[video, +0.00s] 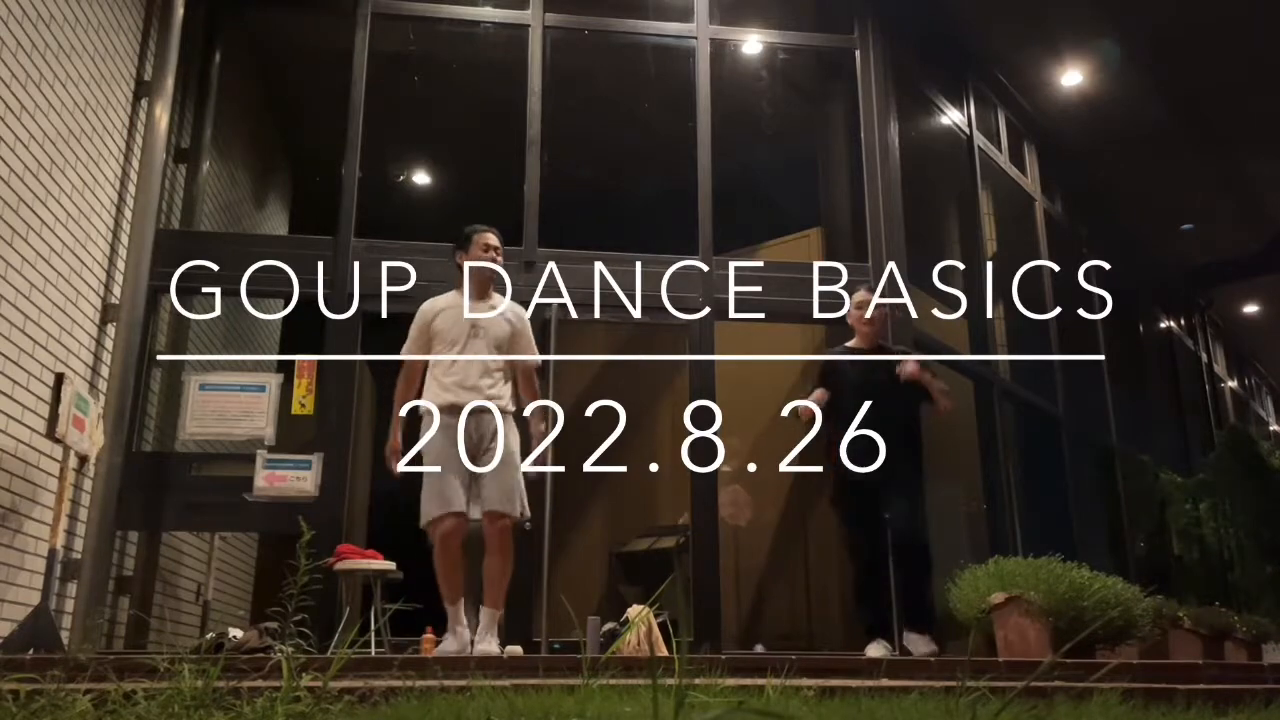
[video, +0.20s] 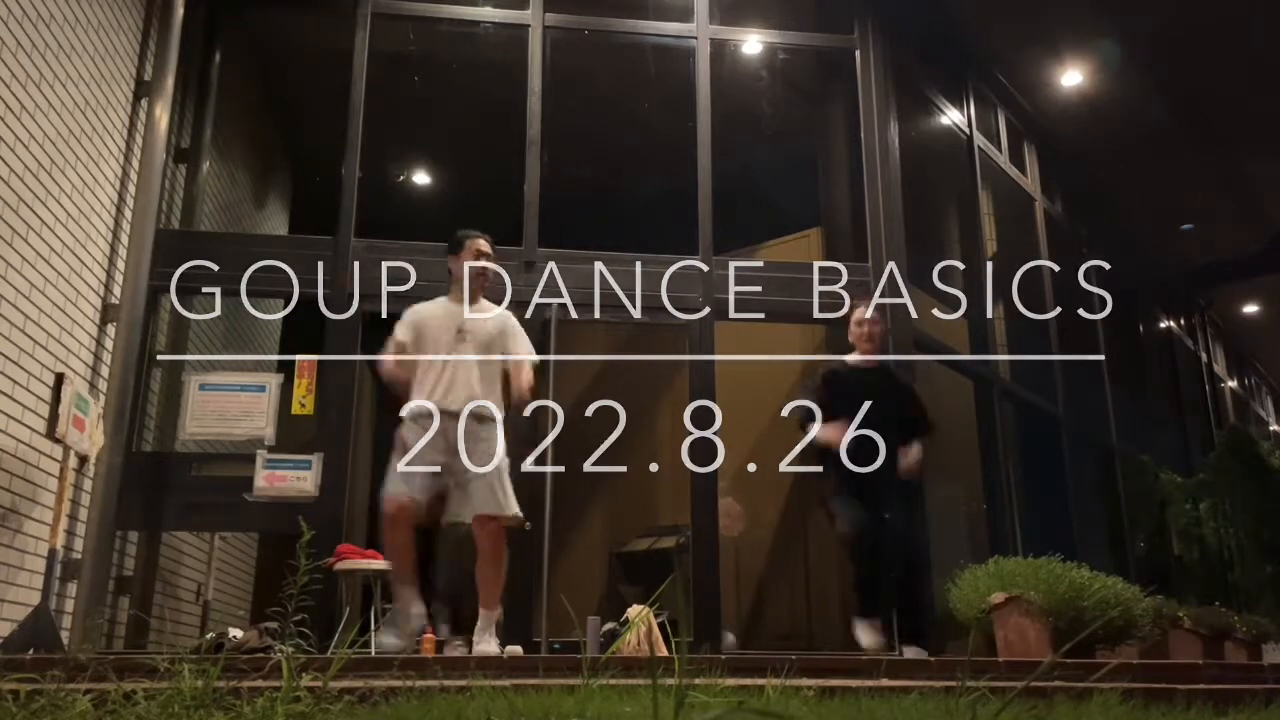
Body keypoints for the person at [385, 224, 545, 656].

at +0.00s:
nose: (495, 257)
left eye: (499, 251)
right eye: (486, 249)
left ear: (503, 262)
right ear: (462, 258)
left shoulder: (514, 315)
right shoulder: (433, 310)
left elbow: (527, 378)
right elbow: (410, 372)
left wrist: (537, 421)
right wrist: (396, 427)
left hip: (498, 424)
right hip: (443, 423)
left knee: (499, 524)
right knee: (448, 526)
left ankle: (488, 631)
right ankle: (457, 630)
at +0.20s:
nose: (484, 265)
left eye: (488, 258)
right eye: (476, 257)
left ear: (493, 267)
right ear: (453, 264)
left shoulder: (504, 321)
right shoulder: (421, 315)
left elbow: (522, 385)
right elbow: (389, 366)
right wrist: (422, 388)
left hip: (480, 430)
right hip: (423, 427)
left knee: (489, 524)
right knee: (396, 509)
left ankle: (487, 630)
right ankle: (409, 614)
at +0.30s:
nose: (473, 251)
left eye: (478, 246)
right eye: (466, 243)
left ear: (480, 255)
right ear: (442, 247)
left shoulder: (488, 304)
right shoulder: (412, 296)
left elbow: (519, 342)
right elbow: (368, 320)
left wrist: (508, 301)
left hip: (466, 414)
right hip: (408, 408)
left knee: (477, 520)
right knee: (372, 500)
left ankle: (484, 629)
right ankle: (357, 611)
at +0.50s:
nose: (450, 249)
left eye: (454, 243)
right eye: (441, 240)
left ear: (456, 249)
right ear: (417, 242)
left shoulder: (458, 297)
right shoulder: (382, 286)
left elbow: (498, 298)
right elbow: (340, 280)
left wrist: (484, 250)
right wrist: (367, 233)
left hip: (436, 406)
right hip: (378, 404)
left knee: (446, 511)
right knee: (347, 510)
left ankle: (442, 623)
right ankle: (321, 620)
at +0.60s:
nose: (436, 254)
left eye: (441, 248)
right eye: (428, 245)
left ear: (442, 254)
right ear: (404, 245)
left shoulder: (446, 300)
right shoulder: (371, 291)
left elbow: (481, 306)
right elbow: (331, 297)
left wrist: (472, 259)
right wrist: (355, 249)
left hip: (423, 416)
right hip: (367, 411)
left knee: (414, 515)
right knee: (338, 513)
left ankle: (394, 621)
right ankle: (319, 619)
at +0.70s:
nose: (419, 269)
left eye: (424, 262)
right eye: (412, 260)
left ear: (428, 267)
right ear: (388, 262)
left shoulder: (437, 314)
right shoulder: (362, 311)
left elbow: (461, 349)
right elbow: (322, 340)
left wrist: (463, 314)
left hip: (412, 428)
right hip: (361, 422)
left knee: (377, 519)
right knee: (333, 523)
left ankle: (354, 620)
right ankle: (316, 623)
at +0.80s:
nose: (409, 288)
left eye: (413, 280)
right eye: (401, 280)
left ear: (417, 284)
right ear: (376, 282)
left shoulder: (431, 335)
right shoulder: (349, 336)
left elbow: (448, 379)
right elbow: (322, 380)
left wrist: (447, 419)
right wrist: (317, 410)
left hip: (409, 447)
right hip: (353, 440)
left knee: (375, 513)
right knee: (329, 526)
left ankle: (358, 621)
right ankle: (315, 628)